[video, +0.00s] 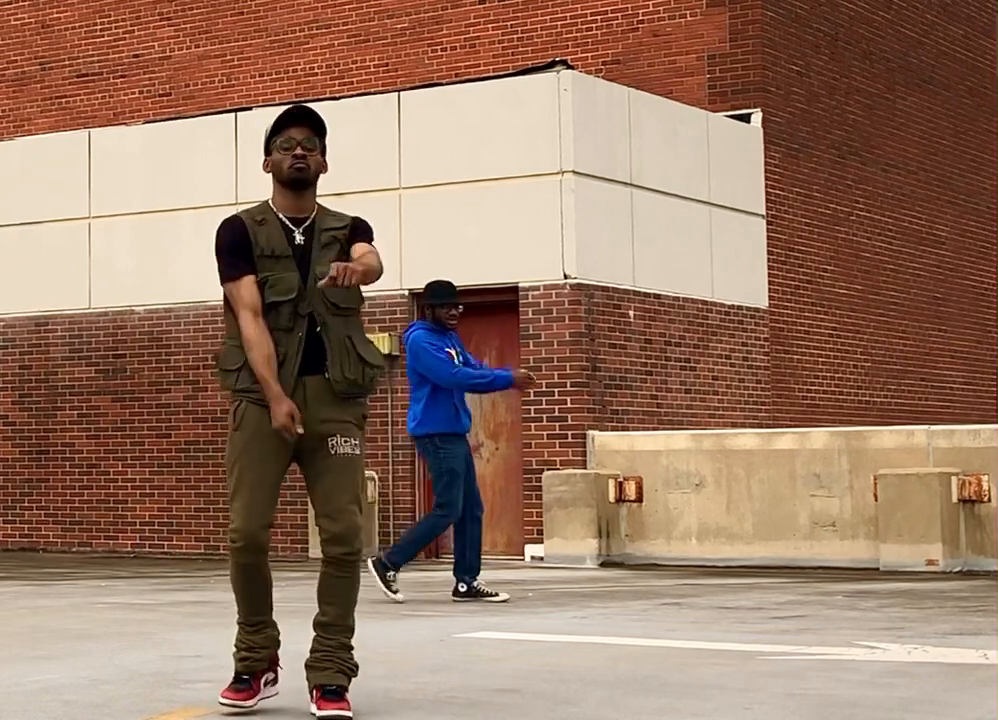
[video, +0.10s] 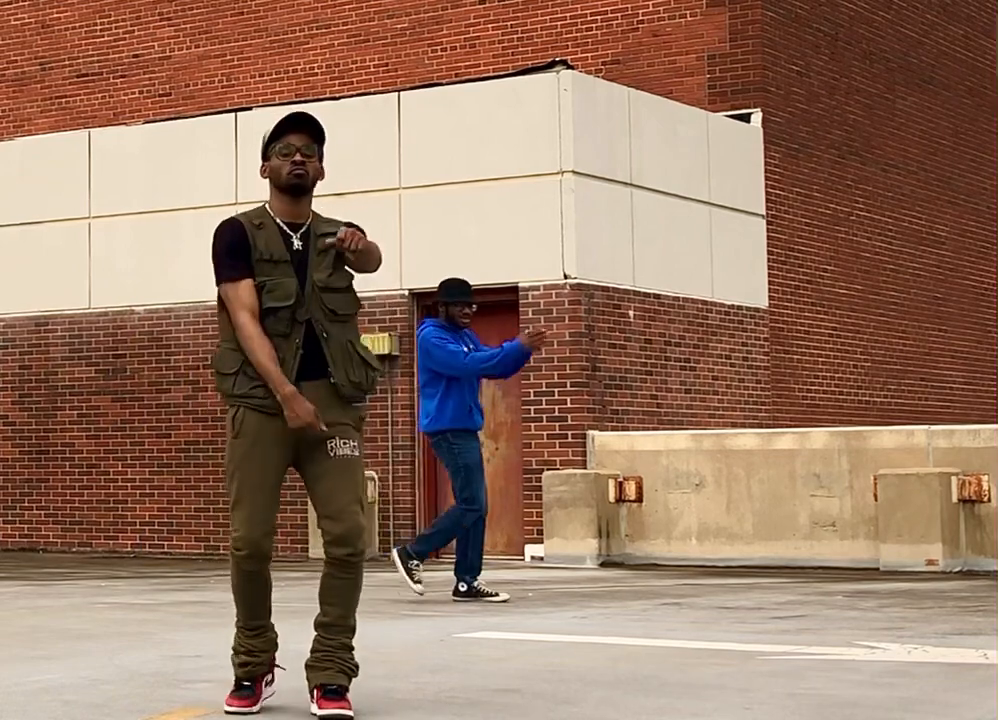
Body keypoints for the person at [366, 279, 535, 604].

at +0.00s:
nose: (454, 314)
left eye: (457, 308)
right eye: (448, 308)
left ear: (456, 309)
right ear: (430, 309)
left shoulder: (449, 339)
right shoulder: (420, 340)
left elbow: (474, 372)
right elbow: (452, 377)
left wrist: (510, 377)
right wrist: (507, 378)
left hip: (455, 434)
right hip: (437, 435)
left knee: (470, 509)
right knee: (447, 511)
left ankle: (466, 581)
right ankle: (387, 563)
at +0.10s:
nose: (466, 313)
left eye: (469, 308)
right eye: (460, 307)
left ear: (470, 308)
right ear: (444, 307)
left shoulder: (466, 337)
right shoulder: (430, 336)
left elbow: (498, 368)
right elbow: (465, 363)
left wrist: (523, 349)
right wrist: (515, 347)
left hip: (466, 429)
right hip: (449, 430)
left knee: (475, 506)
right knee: (471, 505)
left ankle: (467, 581)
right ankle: (411, 553)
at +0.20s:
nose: (485, 310)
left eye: (489, 305)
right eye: (480, 304)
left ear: (491, 306)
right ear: (463, 302)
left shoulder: (486, 332)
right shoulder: (448, 330)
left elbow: (522, 358)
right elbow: (484, 356)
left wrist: (533, 324)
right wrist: (523, 322)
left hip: (481, 423)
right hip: (465, 424)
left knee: (477, 500)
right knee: (500, 496)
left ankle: (469, 581)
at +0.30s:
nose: (504, 313)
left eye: (507, 308)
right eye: (498, 307)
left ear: (511, 308)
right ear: (482, 304)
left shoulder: (507, 333)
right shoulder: (465, 332)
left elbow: (539, 361)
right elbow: (497, 360)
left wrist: (544, 327)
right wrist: (534, 326)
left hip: (497, 424)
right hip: (481, 425)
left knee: (486, 504)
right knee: (518, 500)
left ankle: (467, 580)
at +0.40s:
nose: (529, 317)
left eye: (533, 311)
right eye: (524, 310)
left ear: (536, 310)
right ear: (507, 307)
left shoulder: (534, 340)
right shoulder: (490, 340)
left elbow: (550, 381)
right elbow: (507, 386)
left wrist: (572, 382)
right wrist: (555, 378)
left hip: (525, 435)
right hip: (506, 436)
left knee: (498, 509)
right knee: (537, 509)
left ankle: (468, 579)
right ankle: (570, 584)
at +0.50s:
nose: (550, 316)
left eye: (553, 310)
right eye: (542, 310)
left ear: (557, 310)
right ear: (525, 310)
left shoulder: (559, 345)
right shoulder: (511, 344)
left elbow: (572, 395)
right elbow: (516, 399)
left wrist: (589, 438)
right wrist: (539, 443)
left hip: (549, 436)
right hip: (527, 436)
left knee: (524, 509)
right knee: (559, 507)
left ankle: (476, 573)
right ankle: (578, 587)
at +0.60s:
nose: (569, 311)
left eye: (573, 305)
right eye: (561, 306)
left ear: (577, 305)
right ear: (547, 308)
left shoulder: (580, 340)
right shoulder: (531, 342)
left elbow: (579, 391)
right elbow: (512, 394)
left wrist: (582, 434)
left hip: (574, 433)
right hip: (548, 432)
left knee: (568, 510)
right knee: (572, 508)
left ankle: (505, 557)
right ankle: (580, 587)